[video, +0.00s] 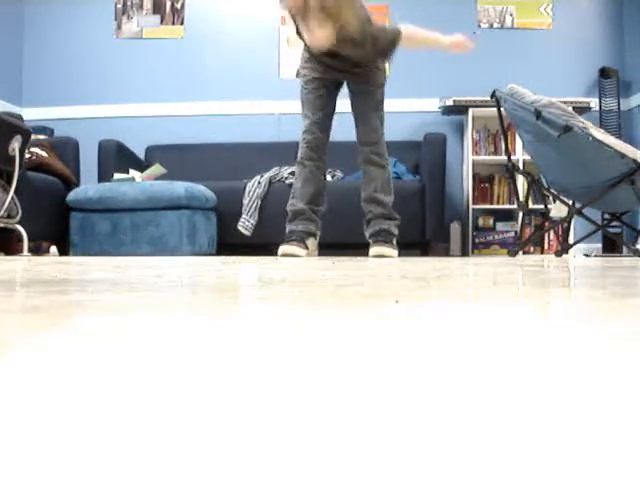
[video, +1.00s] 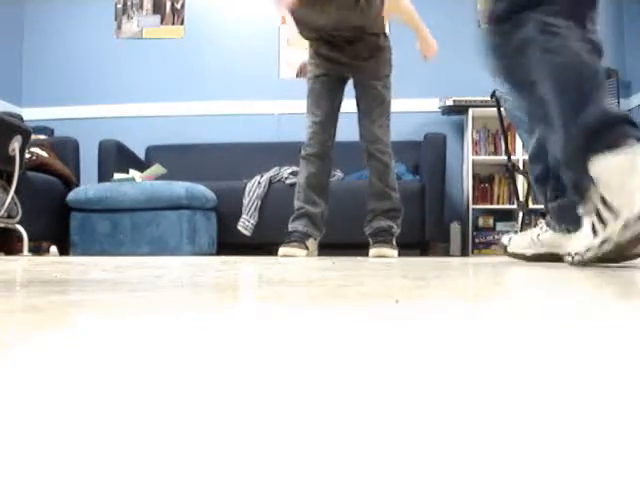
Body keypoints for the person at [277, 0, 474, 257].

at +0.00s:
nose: (316, 30)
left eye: (323, 22)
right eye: (308, 21)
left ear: (337, 18)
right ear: (300, 12)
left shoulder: (363, 34)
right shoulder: (294, 7)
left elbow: (404, 35)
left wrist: (446, 42)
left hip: (365, 62)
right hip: (318, 58)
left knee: (372, 146)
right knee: (311, 143)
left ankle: (382, 236)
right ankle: (301, 234)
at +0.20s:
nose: (360, 88)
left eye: (368, 82)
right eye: (355, 78)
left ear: (388, 57)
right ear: (337, 58)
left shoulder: (392, 40)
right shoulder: (314, 41)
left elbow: (397, 56)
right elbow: (302, 91)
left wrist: (397, 88)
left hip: (366, 50)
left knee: (366, 141)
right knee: (310, 139)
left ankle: (382, 234)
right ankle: (302, 235)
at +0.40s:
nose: (340, 54)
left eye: (347, 48)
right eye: (332, 49)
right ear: (323, 38)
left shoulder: (381, 12)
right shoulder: (314, 25)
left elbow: (382, 58)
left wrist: (387, 104)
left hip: (365, 54)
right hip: (316, 51)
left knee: (369, 139)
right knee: (311, 131)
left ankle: (382, 234)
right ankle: (305, 232)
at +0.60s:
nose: (332, 55)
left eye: (334, 49)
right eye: (324, 54)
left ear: (345, 29)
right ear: (303, 46)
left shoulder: (372, 10)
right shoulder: (303, 39)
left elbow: (390, 47)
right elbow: (358, 73)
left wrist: (401, 94)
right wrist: (433, 77)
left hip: (369, 56)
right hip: (320, 62)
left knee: (372, 138)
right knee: (311, 134)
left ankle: (383, 232)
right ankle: (305, 230)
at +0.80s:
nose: (296, 75)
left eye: (302, 69)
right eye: (289, 71)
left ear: (321, 47)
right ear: (278, 53)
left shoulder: (364, 30)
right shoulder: (276, 51)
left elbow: (400, 23)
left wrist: (414, 54)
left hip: (373, 52)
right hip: (324, 61)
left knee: (377, 137)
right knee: (315, 138)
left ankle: (383, 231)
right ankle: (303, 231)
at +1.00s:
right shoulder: (292, 5)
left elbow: (397, 5)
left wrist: (424, 36)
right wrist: (292, 48)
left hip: (370, 42)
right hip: (323, 42)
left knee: (376, 141)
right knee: (315, 142)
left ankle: (383, 234)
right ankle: (303, 233)